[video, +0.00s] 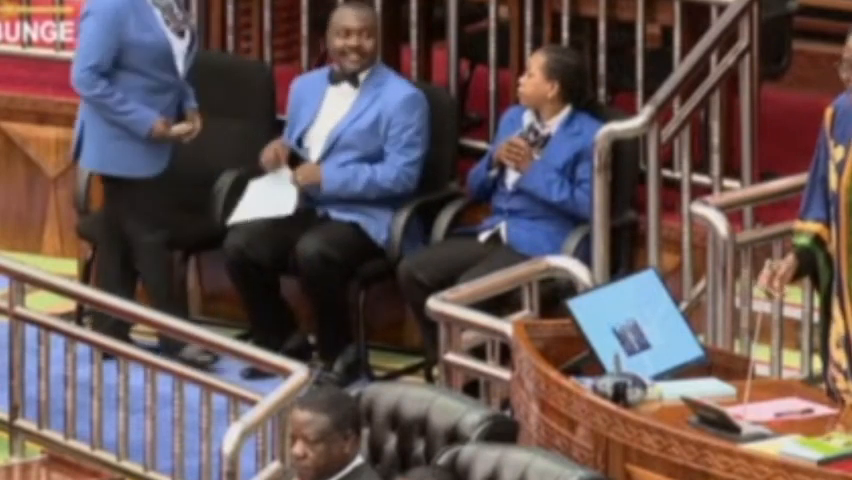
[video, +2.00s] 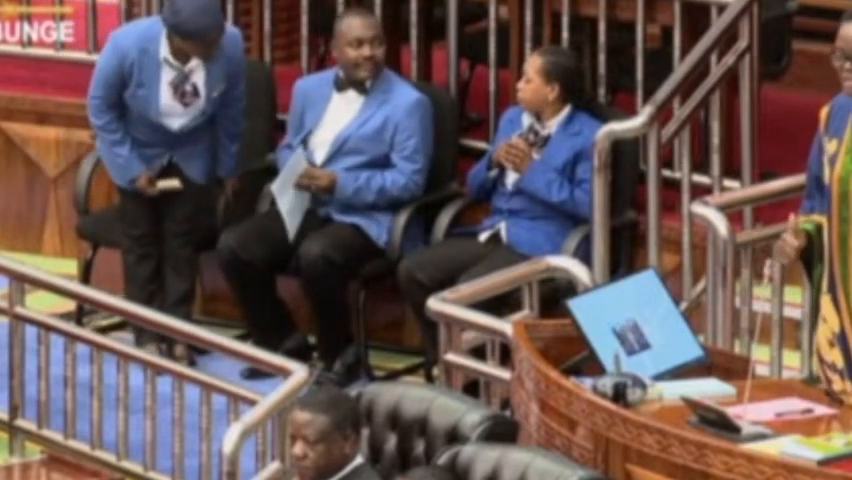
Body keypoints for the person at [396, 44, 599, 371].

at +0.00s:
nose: (520, 80)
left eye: (529, 75)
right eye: (523, 73)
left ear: (552, 88)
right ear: (550, 87)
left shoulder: (589, 135)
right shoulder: (513, 119)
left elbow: (590, 207)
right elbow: (475, 189)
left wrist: (530, 171)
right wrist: (495, 163)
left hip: (538, 250)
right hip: (494, 237)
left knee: (462, 297)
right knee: (414, 271)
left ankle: (482, 380)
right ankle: (446, 365)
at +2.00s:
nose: (518, 87)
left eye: (527, 80)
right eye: (521, 78)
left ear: (553, 91)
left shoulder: (589, 135)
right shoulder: (512, 120)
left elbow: (590, 207)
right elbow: (475, 190)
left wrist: (530, 172)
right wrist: (494, 164)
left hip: (538, 250)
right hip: (494, 236)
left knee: (463, 296)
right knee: (414, 271)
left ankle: (485, 379)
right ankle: (446, 366)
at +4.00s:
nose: (523, 91)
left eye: (532, 83)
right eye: (522, 81)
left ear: (560, 90)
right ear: (519, 83)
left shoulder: (590, 135)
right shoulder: (512, 119)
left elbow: (589, 207)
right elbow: (474, 189)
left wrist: (529, 171)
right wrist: (494, 163)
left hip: (539, 250)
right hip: (494, 237)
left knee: (461, 298)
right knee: (413, 271)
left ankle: (482, 380)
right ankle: (447, 363)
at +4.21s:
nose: (523, 91)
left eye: (532, 83)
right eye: (522, 81)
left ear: (561, 90)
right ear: (519, 83)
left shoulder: (590, 135)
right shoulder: (512, 119)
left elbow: (589, 206)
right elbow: (475, 190)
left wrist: (529, 171)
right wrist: (494, 164)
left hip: (539, 250)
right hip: (495, 237)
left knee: (462, 297)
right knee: (414, 271)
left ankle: (485, 379)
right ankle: (447, 364)